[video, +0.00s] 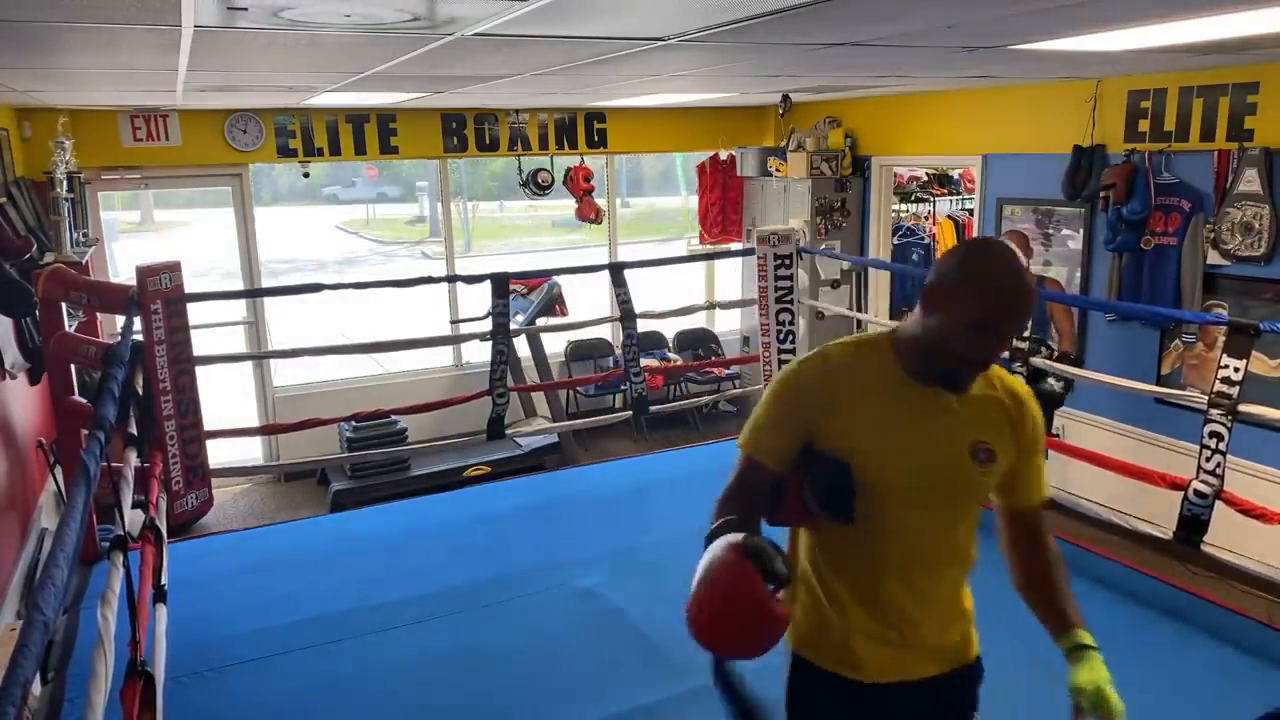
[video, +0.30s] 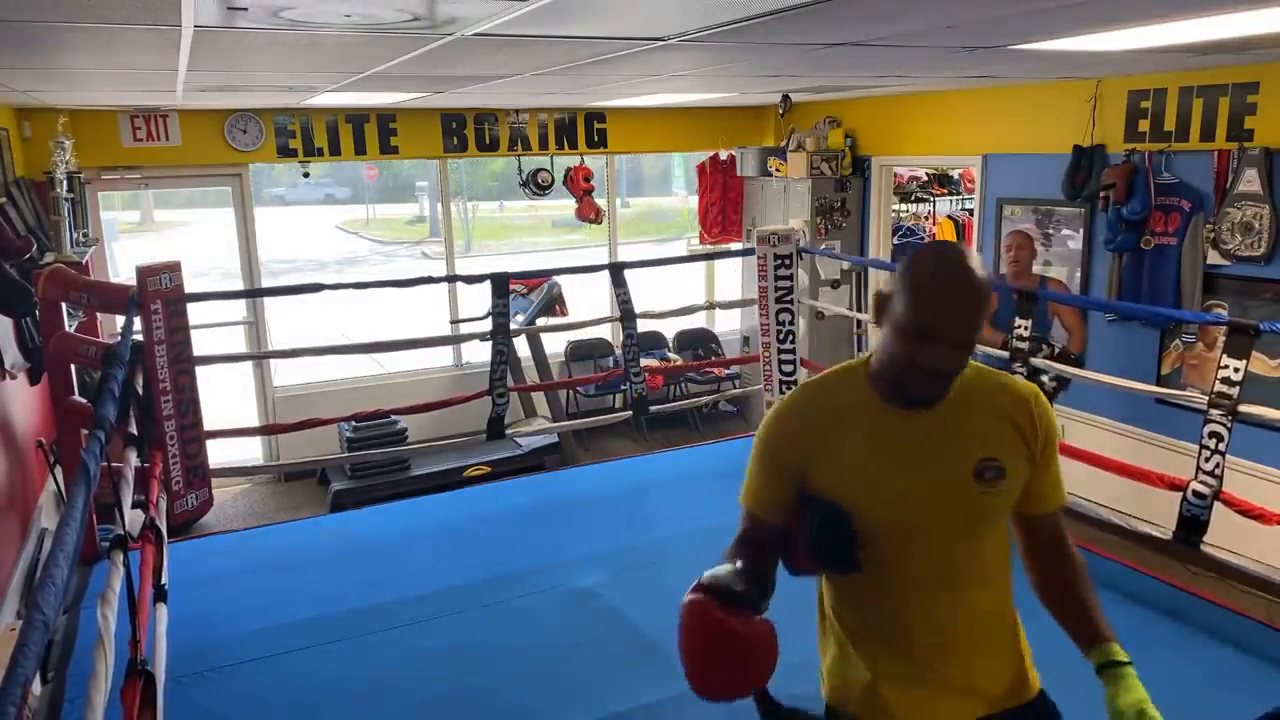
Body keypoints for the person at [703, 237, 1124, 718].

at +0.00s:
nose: (996, 354)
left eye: (1011, 339)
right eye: (984, 331)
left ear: (1021, 331)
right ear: (932, 300)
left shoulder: (1008, 408)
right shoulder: (816, 382)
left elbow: (1028, 539)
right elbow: (743, 498)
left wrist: (1079, 651)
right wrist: (728, 559)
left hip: (943, 674)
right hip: (832, 675)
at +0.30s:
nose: (935, 361)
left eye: (958, 343)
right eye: (919, 337)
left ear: (982, 328)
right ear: (879, 309)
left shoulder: (1018, 410)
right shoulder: (801, 421)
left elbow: (1048, 546)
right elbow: (752, 554)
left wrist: (1115, 670)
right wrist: (723, 592)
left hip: (1003, 696)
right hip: (871, 703)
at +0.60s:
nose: (892, 358)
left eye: (916, 337)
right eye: (871, 335)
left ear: (954, 321)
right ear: (844, 316)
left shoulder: (1019, 420)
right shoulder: (786, 432)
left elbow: (1064, 563)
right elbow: (752, 561)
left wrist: (1054, 682)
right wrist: (715, 590)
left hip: (994, 693)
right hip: (859, 699)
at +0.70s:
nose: (883, 370)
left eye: (912, 348)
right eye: (865, 342)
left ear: (955, 326)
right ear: (841, 319)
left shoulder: (1024, 429)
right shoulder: (787, 434)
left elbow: (1075, 598)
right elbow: (749, 564)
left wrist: (1007, 698)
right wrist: (710, 592)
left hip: (993, 703)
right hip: (857, 706)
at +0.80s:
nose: (879, 382)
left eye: (910, 361)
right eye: (863, 351)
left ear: (959, 344)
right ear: (846, 329)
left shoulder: (1031, 445)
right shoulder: (789, 437)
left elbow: (1064, 634)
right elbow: (749, 565)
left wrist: (948, 701)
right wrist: (713, 598)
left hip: (996, 707)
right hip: (851, 705)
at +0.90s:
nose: (882, 385)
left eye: (912, 365)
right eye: (866, 354)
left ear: (962, 351)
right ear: (849, 336)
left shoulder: (1036, 454)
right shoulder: (793, 438)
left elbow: (1056, 649)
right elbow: (752, 563)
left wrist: (922, 699)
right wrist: (713, 596)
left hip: (990, 706)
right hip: (850, 703)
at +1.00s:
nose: (884, 388)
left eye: (920, 369)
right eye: (872, 355)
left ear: (975, 358)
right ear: (857, 337)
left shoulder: (1047, 480)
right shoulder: (801, 441)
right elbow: (752, 560)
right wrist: (698, 603)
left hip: (970, 710)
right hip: (837, 697)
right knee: (750, 711)